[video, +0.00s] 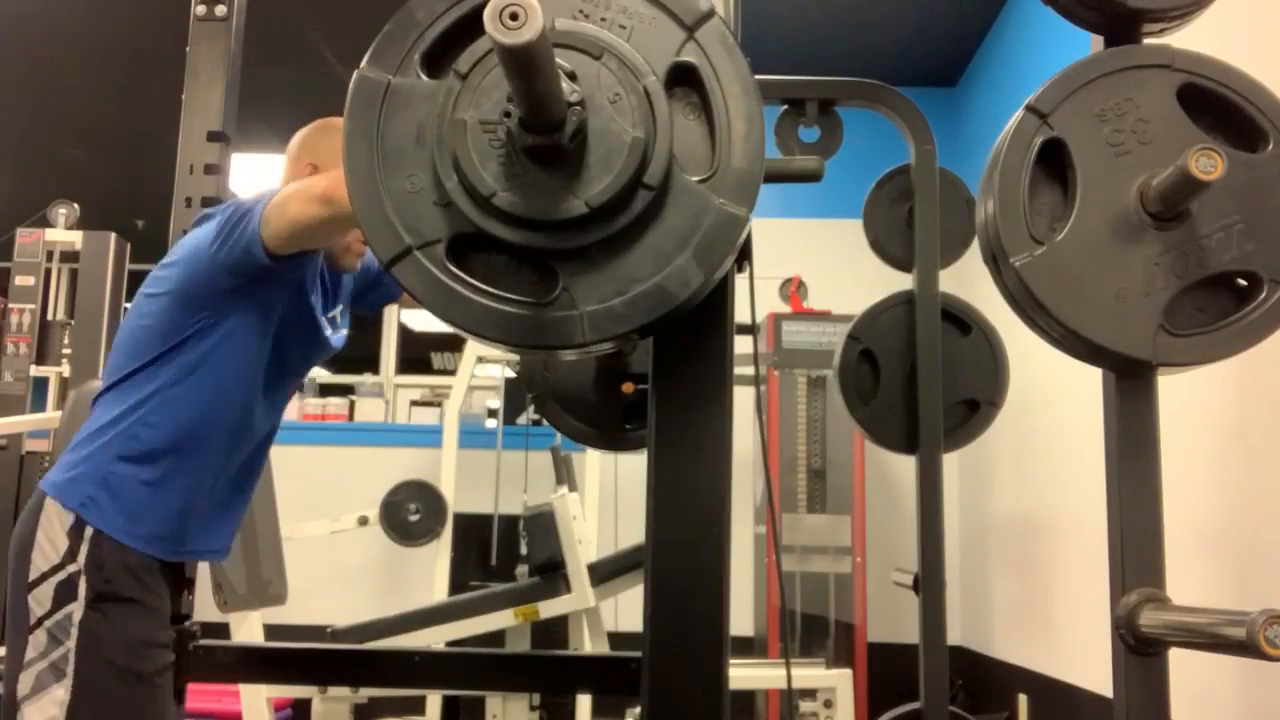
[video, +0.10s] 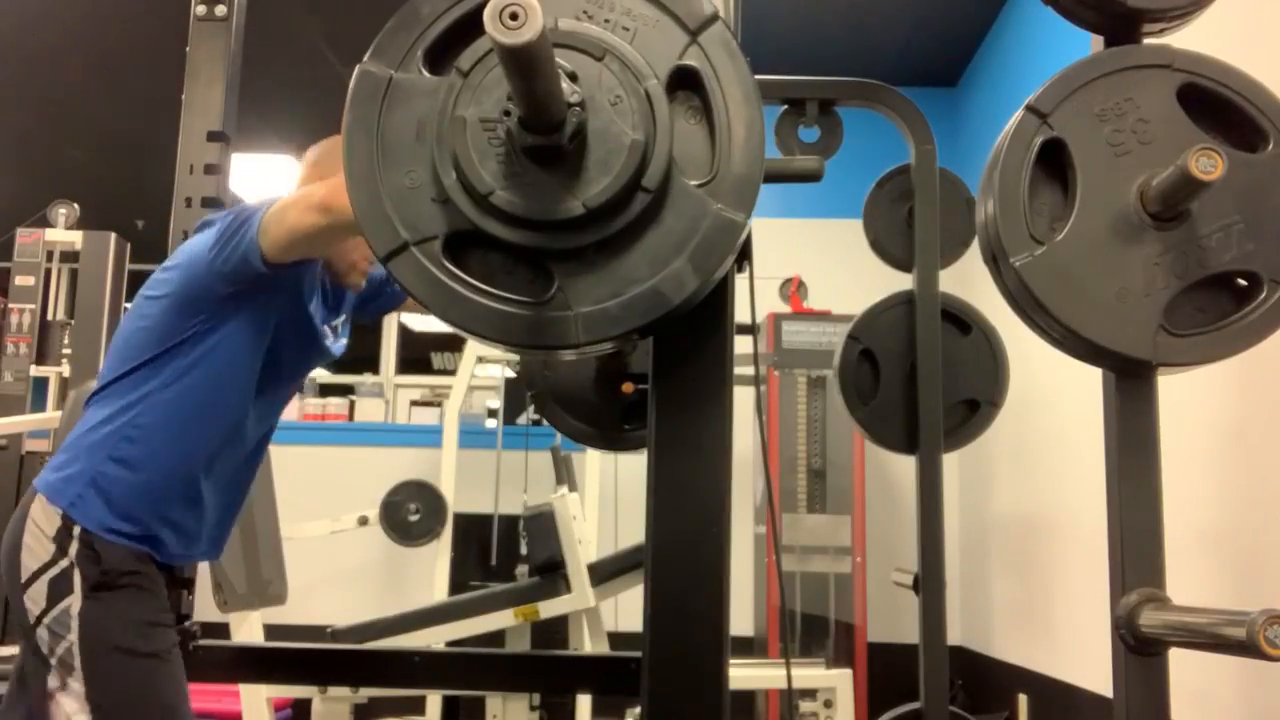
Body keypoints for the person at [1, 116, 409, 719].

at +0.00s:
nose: (375, 223)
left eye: (378, 202)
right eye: (361, 193)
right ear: (315, 184)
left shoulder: (334, 281)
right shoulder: (232, 241)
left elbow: (429, 262)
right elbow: (324, 197)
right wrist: (420, 168)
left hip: (160, 556)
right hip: (95, 545)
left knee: (148, 708)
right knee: (94, 711)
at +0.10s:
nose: (384, 248)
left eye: (389, 227)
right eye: (373, 222)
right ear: (329, 205)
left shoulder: (335, 291)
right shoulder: (232, 249)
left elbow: (439, 262)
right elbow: (327, 204)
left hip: (158, 559)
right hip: (89, 546)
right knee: (143, 707)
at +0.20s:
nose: (406, 305)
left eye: (420, 293)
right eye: (406, 279)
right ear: (362, 245)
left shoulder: (329, 318)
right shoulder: (241, 265)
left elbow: (431, 304)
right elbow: (324, 229)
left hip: (158, 565)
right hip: (91, 552)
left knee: (32, 706)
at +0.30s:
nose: (427, 371)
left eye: (441, 359)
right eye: (434, 348)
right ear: (392, 285)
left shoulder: (331, 358)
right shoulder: (270, 297)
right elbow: (332, 251)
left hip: (154, 577)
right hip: (96, 565)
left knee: (34, 711)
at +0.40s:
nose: (456, 428)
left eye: (476, 419)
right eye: (472, 406)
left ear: (448, 345)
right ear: (448, 342)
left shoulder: (370, 386)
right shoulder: (338, 336)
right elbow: (333, 287)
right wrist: (447, 238)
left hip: (144, 573)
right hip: (117, 571)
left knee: (41, 713)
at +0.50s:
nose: (511, 461)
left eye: (531, 451)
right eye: (528, 439)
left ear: (501, 371)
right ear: (506, 379)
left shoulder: (426, 398)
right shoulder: (402, 359)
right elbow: (346, 307)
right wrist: (463, 237)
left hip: (173, 571)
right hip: (153, 568)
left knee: (63, 711)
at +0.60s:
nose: (566, 477)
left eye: (583, 467)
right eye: (580, 457)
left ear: (553, 394)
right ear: (557, 399)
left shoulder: (472, 407)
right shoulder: (445, 365)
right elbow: (353, 312)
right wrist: (470, 240)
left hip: (214, 570)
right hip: (197, 567)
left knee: (101, 711)